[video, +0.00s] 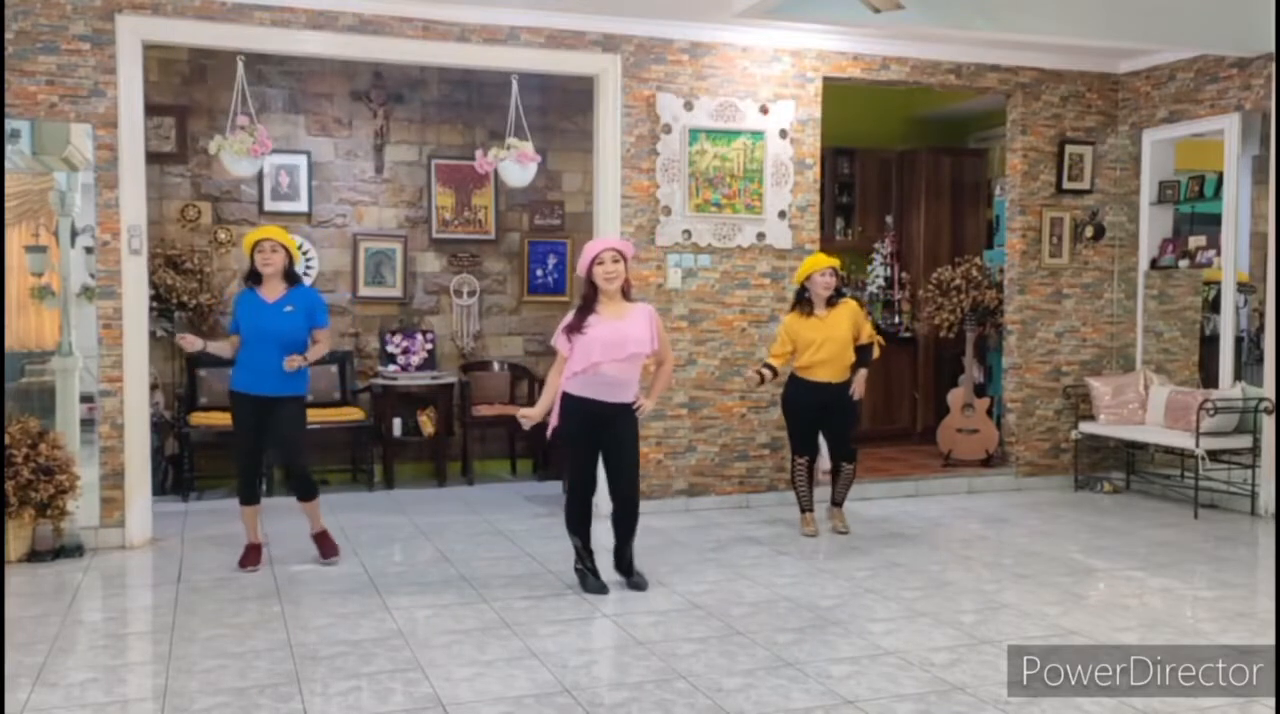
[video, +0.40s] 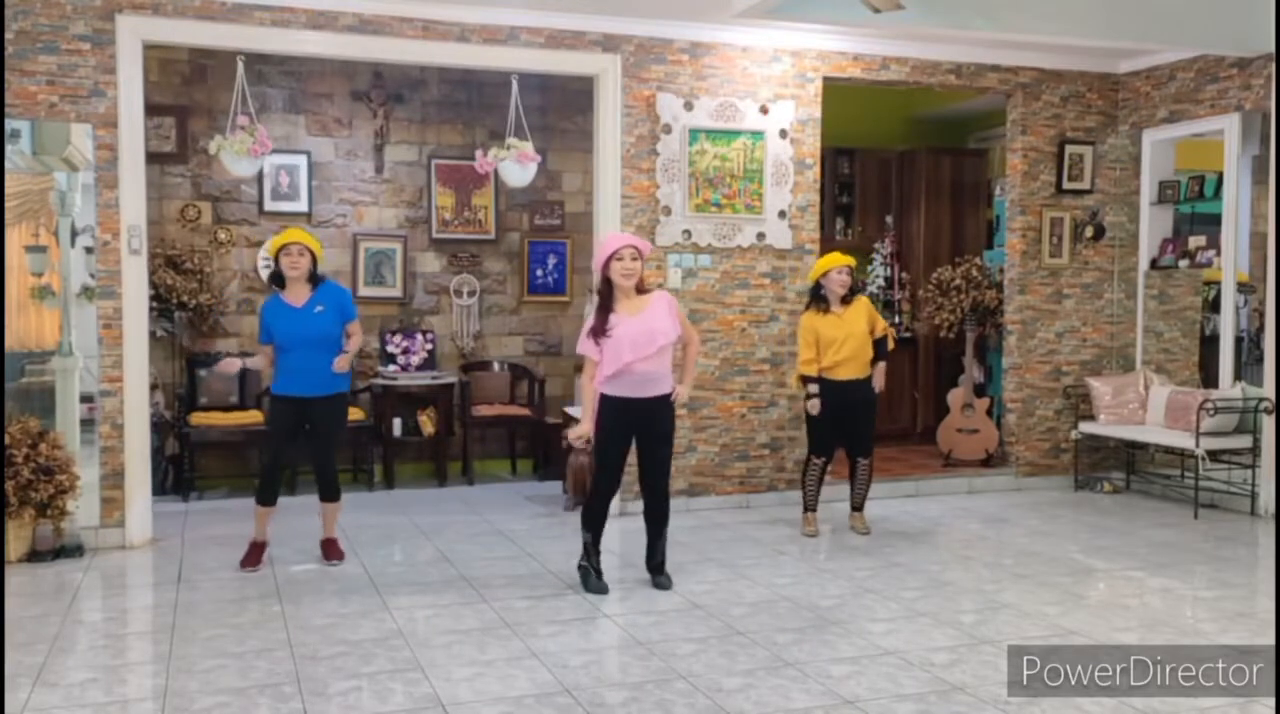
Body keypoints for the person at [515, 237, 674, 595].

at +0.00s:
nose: (609, 269)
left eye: (615, 262)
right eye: (601, 264)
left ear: (626, 270)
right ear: (590, 273)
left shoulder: (644, 315)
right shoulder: (578, 318)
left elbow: (666, 361)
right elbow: (558, 369)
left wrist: (651, 397)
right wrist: (539, 409)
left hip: (621, 412)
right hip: (578, 409)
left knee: (627, 493)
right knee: (581, 489)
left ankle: (625, 559)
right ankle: (584, 563)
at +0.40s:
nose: (627, 266)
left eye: (633, 259)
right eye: (619, 260)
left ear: (643, 266)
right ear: (606, 269)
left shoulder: (663, 302)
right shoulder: (601, 315)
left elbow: (692, 340)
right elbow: (589, 373)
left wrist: (685, 384)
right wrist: (587, 421)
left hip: (658, 406)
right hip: (614, 407)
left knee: (656, 487)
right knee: (604, 484)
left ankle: (657, 563)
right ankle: (590, 559)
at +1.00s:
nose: (650, 268)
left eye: (656, 261)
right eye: (642, 261)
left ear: (665, 268)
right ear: (628, 270)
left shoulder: (680, 305)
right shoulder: (618, 318)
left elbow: (707, 346)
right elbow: (607, 374)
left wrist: (723, 391)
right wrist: (633, 395)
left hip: (680, 406)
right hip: (641, 410)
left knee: (673, 490)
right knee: (641, 488)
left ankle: (660, 563)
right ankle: (633, 559)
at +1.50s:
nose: (648, 265)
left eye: (655, 259)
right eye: (640, 259)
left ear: (664, 268)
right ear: (628, 269)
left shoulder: (673, 316)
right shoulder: (613, 314)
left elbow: (678, 371)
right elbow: (592, 365)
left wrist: (692, 418)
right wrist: (595, 420)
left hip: (662, 409)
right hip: (621, 409)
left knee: (660, 491)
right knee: (617, 489)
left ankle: (658, 564)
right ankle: (606, 561)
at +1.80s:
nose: (640, 264)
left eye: (647, 258)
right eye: (632, 259)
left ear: (657, 268)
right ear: (620, 268)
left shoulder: (662, 318)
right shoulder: (601, 309)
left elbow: (662, 373)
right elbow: (564, 350)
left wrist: (673, 421)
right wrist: (551, 405)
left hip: (645, 410)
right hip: (601, 408)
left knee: (646, 490)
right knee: (603, 487)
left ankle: (643, 560)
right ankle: (603, 563)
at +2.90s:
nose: (634, 266)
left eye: (639, 259)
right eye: (625, 259)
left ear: (647, 267)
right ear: (610, 268)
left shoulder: (667, 300)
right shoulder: (606, 313)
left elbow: (692, 351)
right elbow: (600, 371)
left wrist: (719, 391)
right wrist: (596, 417)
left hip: (667, 406)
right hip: (624, 407)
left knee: (658, 489)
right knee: (622, 488)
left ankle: (647, 563)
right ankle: (620, 559)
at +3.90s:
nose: (639, 264)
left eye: (645, 258)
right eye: (630, 259)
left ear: (655, 267)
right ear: (618, 269)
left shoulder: (658, 315)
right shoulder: (606, 310)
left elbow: (653, 370)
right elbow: (571, 354)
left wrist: (667, 412)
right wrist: (569, 413)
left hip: (650, 410)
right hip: (611, 411)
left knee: (648, 494)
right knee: (612, 492)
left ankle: (643, 565)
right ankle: (600, 565)